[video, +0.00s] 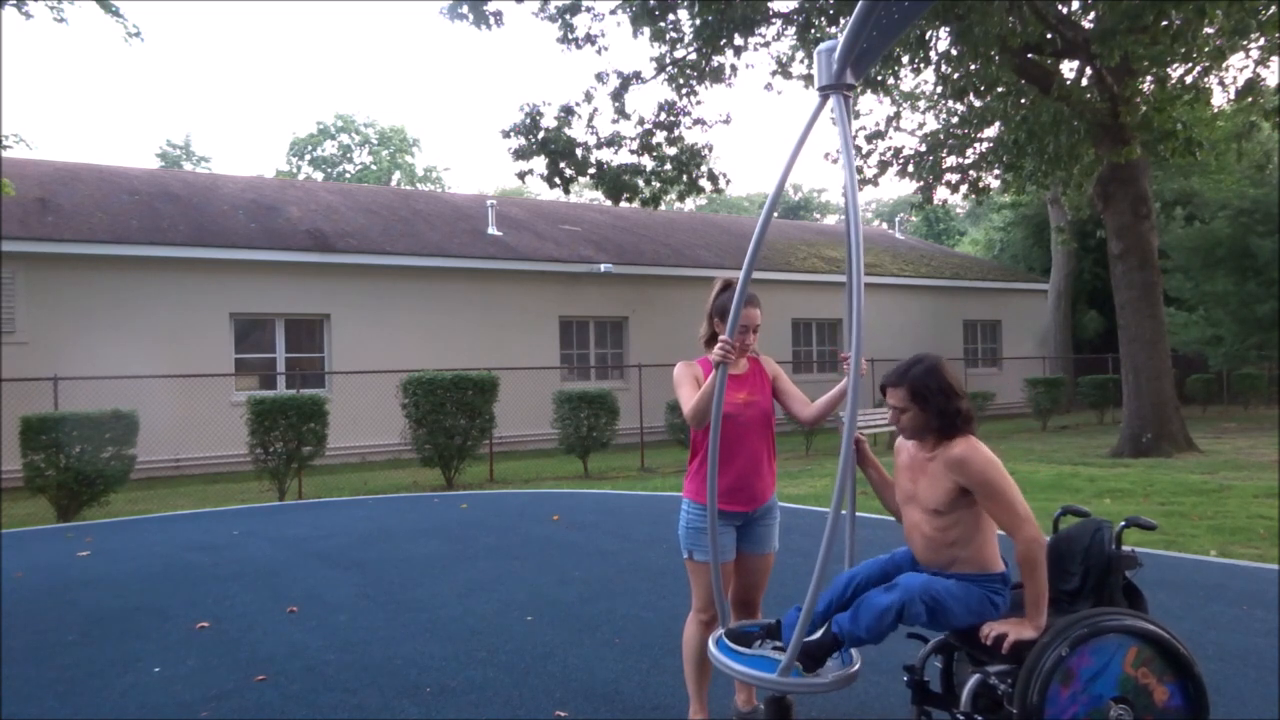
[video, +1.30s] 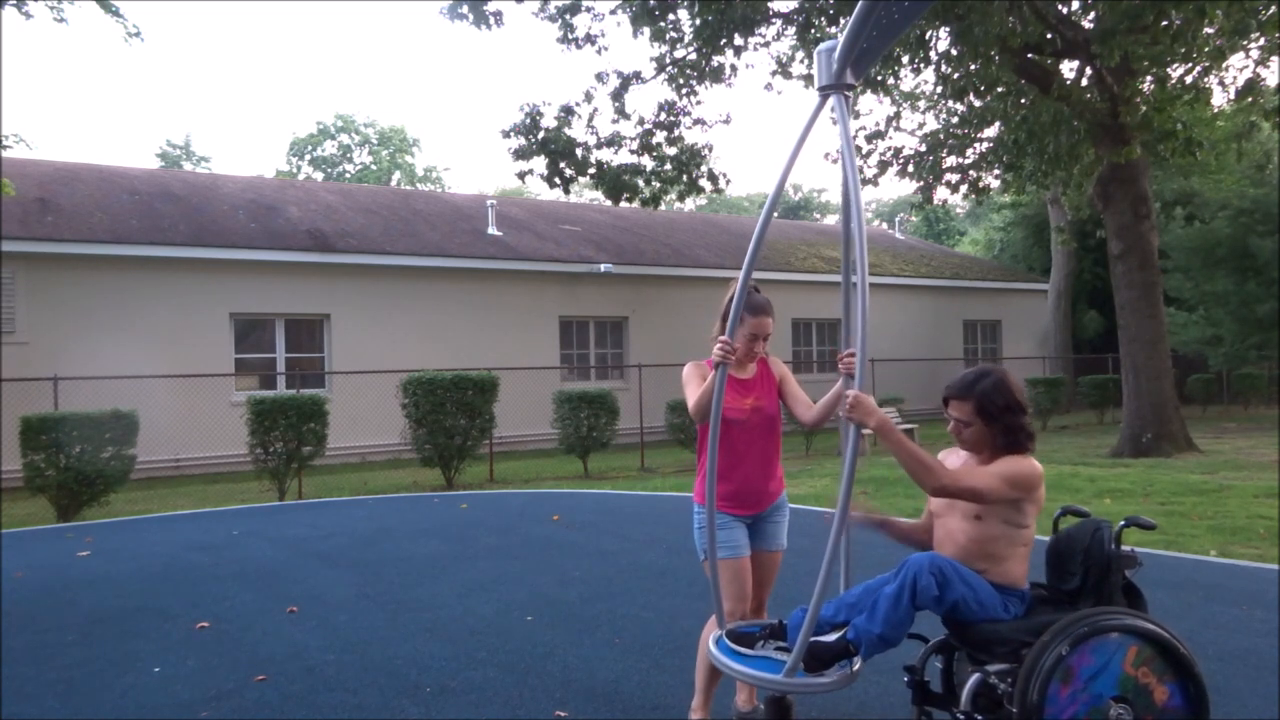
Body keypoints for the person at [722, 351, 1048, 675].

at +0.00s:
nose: (891, 418)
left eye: (898, 410)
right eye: (888, 409)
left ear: (927, 407)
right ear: (910, 407)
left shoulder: (967, 454)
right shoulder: (905, 447)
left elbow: (1029, 534)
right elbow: (903, 510)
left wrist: (1034, 620)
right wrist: (867, 461)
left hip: (976, 586)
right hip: (921, 563)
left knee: (903, 593)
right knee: (855, 580)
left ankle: (824, 644)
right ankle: (782, 631)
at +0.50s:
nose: (910, 428)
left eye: (917, 419)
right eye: (907, 419)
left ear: (948, 414)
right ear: (915, 416)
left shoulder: (997, 467)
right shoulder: (920, 455)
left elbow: (1061, 544)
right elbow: (892, 515)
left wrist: (998, 601)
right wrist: (866, 463)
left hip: (986, 594)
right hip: (932, 584)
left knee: (921, 568)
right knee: (882, 577)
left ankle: (842, 646)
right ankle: (784, 631)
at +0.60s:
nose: (919, 428)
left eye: (928, 418)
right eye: (915, 419)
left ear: (959, 414)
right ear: (915, 414)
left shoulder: (1005, 469)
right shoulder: (926, 456)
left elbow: (1041, 555)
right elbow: (893, 514)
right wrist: (867, 461)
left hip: (995, 594)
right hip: (939, 581)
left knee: (913, 573)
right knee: (882, 578)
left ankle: (841, 647)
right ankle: (784, 631)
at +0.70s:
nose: (928, 426)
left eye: (937, 418)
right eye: (925, 416)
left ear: (967, 416)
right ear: (925, 412)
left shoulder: (1008, 466)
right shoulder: (931, 456)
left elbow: (1001, 549)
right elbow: (897, 516)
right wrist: (871, 468)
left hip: (993, 594)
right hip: (937, 584)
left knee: (924, 565)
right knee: (890, 577)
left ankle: (844, 645)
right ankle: (784, 630)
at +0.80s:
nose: (936, 426)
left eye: (945, 418)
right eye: (933, 417)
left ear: (977, 416)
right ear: (933, 414)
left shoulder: (1013, 467)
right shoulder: (938, 454)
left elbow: (953, 516)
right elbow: (899, 515)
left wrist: (884, 460)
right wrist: (866, 464)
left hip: (995, 595)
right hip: (939, 585)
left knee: (923, 564)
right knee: (893, 580)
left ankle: (844, 645)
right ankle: (785, 630)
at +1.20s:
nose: (950, 430)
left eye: (960, 423)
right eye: (947, 420)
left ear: (993, 421)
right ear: (946, 413)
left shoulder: (1022, 470)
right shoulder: (949, 456)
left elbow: (943, 484)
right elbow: (920, 529)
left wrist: (878, 424)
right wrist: (876, 482)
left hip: (998, 597)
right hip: (945, 583)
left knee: (925, 565)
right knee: (892, 584)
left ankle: (846, 643)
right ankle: (789, 629)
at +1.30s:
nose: (952, 431)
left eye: (963, 423)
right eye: (949, 421)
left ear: (996, 422)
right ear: (947, 414)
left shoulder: (1024, 471)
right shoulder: (950, 459)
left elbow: (943, 483)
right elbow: (928, 534)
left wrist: (880, 423)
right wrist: (879, 520)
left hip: (998, 598)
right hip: (945, 584)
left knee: (926, 567)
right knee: (889, 586)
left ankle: (847, 644)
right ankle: (788, 630)